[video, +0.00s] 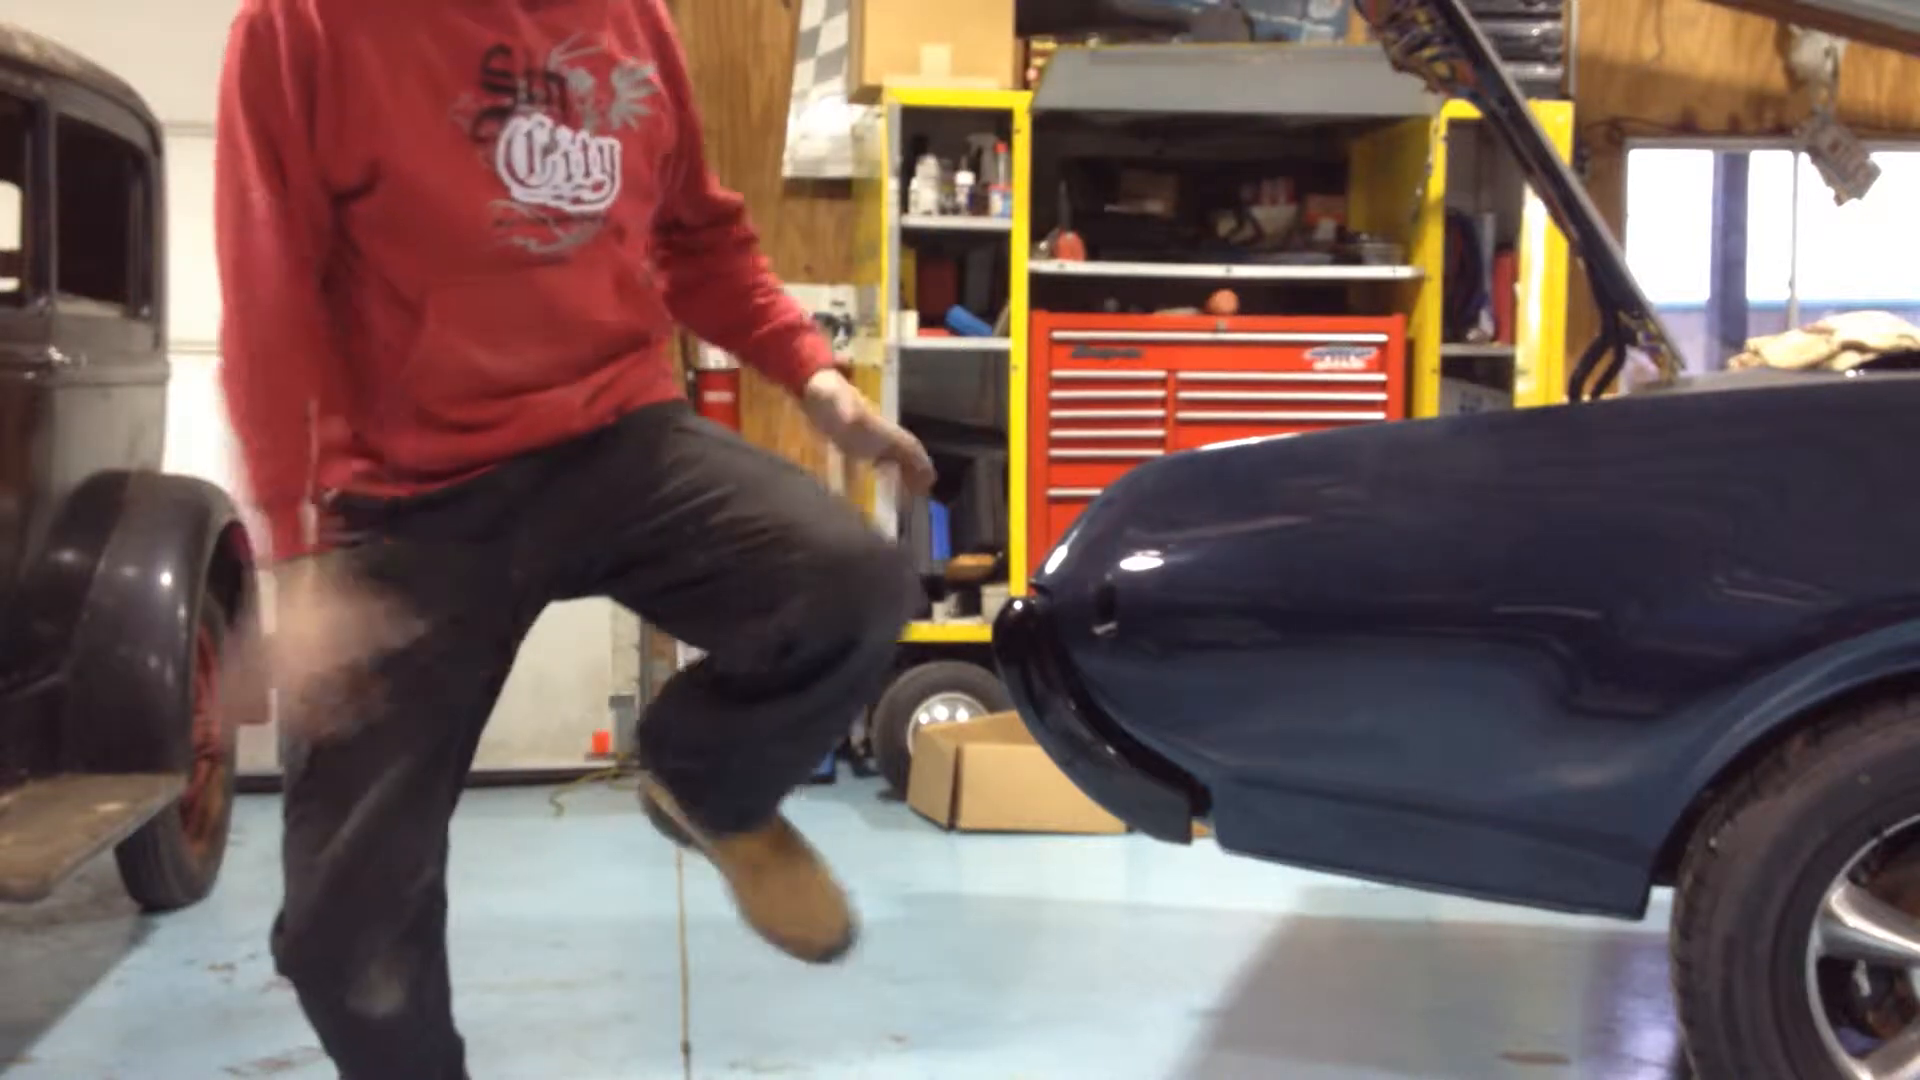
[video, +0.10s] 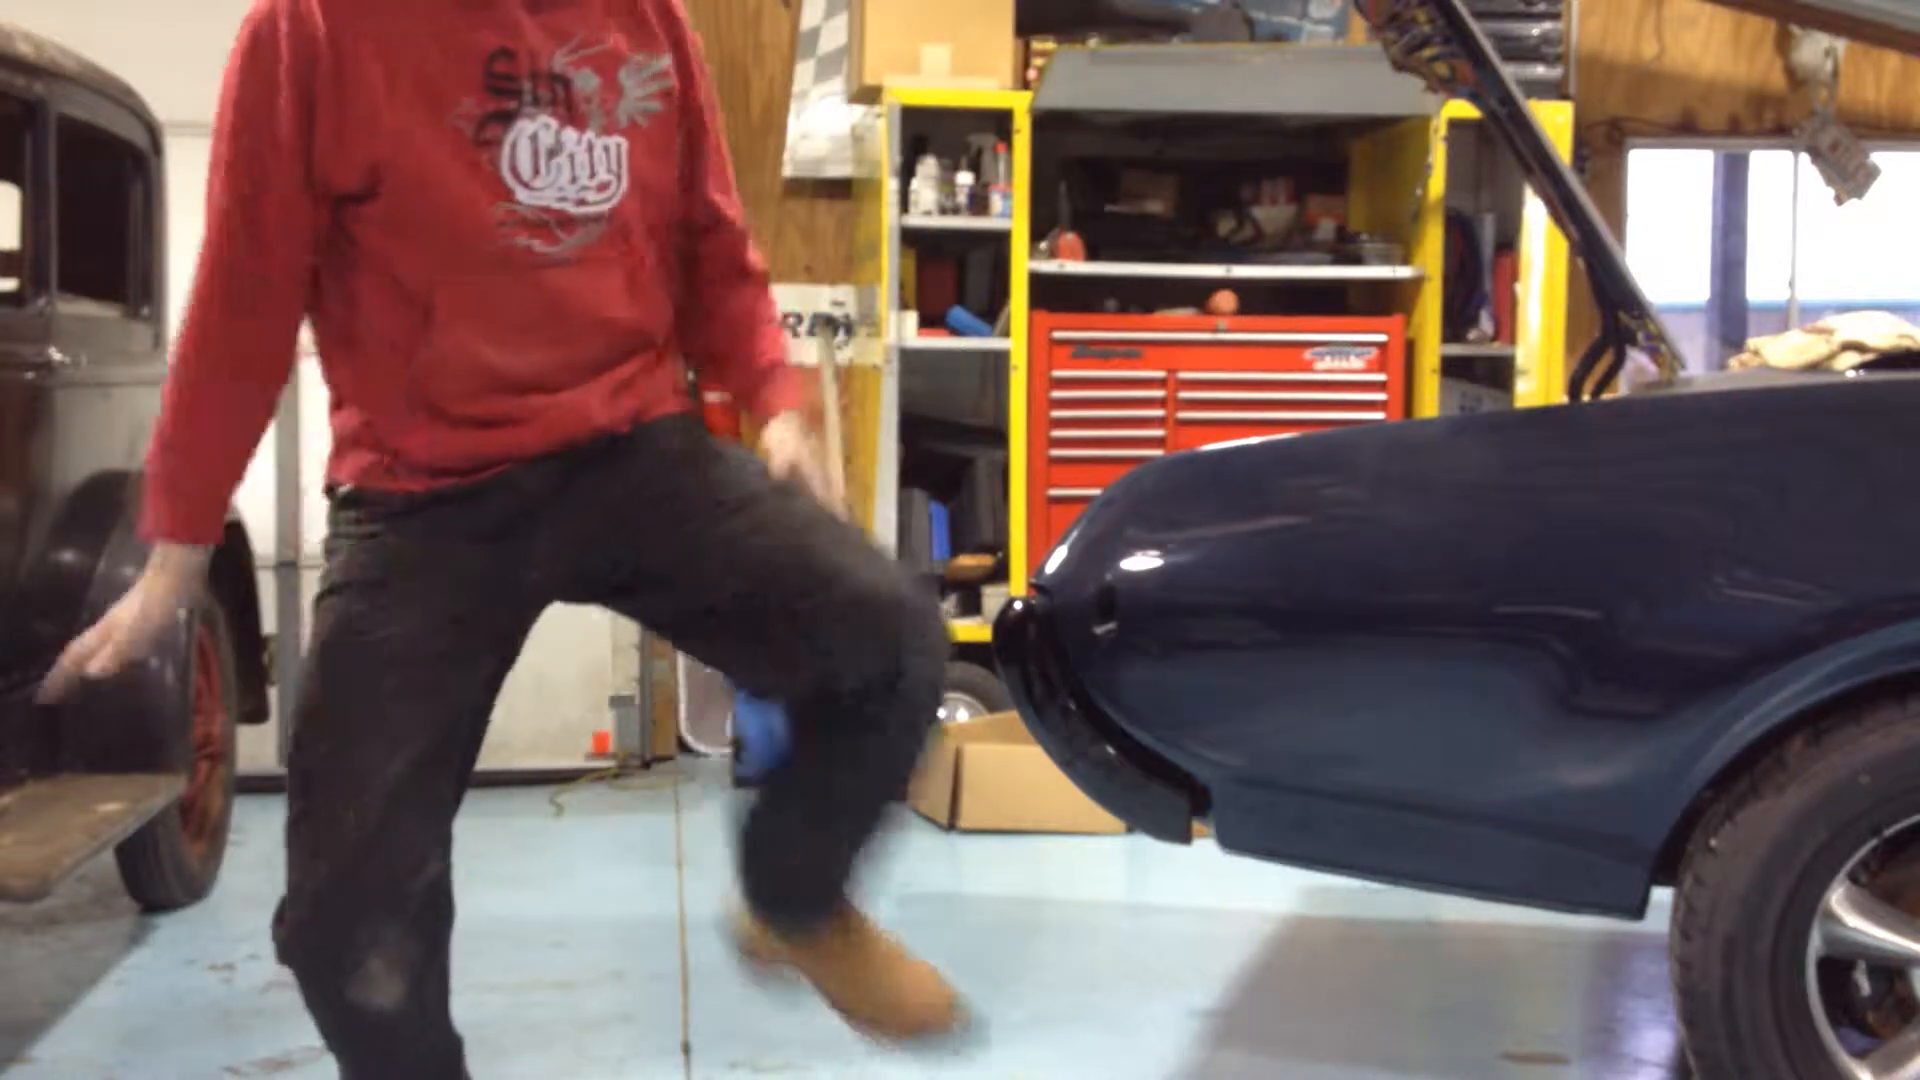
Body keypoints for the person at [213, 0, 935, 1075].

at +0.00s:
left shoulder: (627, 16)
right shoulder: (303, 24)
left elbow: (696, 231)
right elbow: (264, 293)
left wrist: (819, 380)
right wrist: (292, 560)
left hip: (622, 439)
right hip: (403, 504)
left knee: (855, 583)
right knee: (348, 927)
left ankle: (704, 777)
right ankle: (406, 1070)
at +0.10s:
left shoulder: (643, 21)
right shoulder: (311, 31)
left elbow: (710, 239)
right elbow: (240, 302)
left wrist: (780, 400)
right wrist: (167, 564)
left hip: (634, 450)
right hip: (419, 501)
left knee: (887, 638)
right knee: (349, 928)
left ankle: (794, 901)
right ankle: (410, 1065)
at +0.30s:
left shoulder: (725, 35)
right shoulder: (387, 41)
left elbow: (783, 295)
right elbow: (332, 308)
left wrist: (799, 525)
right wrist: (307, 566)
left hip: (680, 517)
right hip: (451, 522)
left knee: (857, 847)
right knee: (350, 909)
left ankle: (944, 1075)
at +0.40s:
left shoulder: (780, 47)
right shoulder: (446, 55)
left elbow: (835, 306)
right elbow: (396, 314)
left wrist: (866, 542)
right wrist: (367, 558)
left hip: (732, 525)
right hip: (507, 525)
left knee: (907, 868)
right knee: (339, 865)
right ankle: (413, 1074)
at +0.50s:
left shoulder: (830, 71)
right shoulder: (496, 79)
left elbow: (891, 329)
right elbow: (432, 337)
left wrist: (927, 559)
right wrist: (389, 573)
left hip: (783, 537)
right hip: (553, 536)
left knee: (988, 816)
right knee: (331, 844)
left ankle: (983, 1068)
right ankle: (385, 1072)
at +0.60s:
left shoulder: (877, 100)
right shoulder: (544, 94)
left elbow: (933, 358)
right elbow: (480, 349)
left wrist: (967, 587)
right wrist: (425, 579)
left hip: (817, 552)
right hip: (591, 544)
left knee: (1025, 844)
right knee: (350, 830)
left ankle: (1010, 1066)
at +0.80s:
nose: (769, 4)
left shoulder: (946, 121)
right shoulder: (613, 119)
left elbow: (996, 374)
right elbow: (538, 364)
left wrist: (1003, 610)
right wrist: (477, 583)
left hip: (863, 579)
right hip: (641, 565)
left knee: (1056, 872)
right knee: (391, 835)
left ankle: (990, 1068)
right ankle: (418, 1064)